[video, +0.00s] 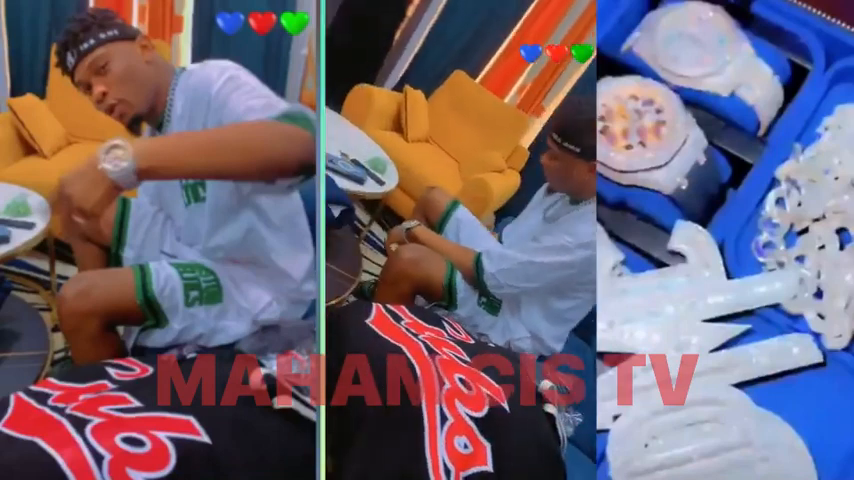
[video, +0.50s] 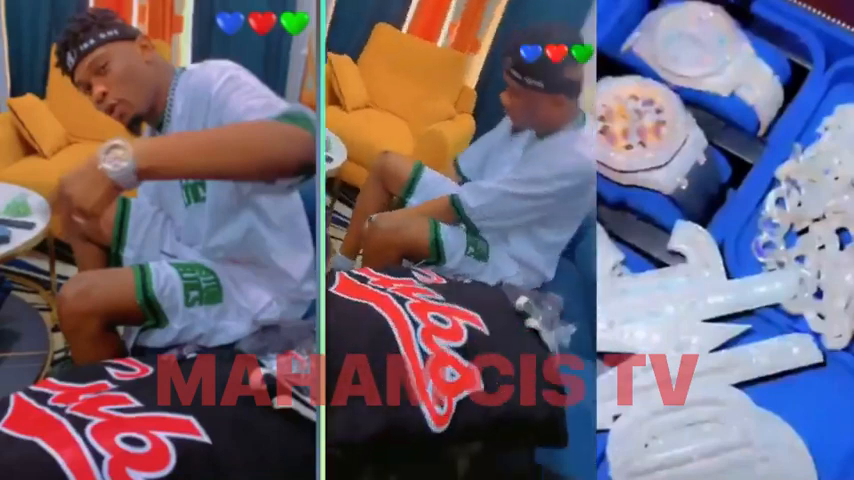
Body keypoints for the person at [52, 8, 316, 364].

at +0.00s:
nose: (97, 94)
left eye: (102, 70)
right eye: (87, 89)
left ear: (145, 48)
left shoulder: (213, 81)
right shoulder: (153, 134)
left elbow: (298, 145)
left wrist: (131, 160)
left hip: (262, 279)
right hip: (192, 252)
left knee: (80, 300)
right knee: (83, 213)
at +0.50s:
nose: (97, 94)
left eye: (102, 70)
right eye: (87, 89)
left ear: (145, 48)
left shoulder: (213, 81)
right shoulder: (153, 134)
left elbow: (299, 145)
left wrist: (131, 160)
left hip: (261, 278)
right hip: (191, 252)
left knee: (80, 300)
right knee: (83, 214)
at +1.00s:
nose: (97, 94)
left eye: (102, 70)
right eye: (87, 89)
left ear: (145, 48)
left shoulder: (214, 81)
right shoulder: (153, 134)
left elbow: (298, 146)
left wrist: (131, 160)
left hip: (262, 279)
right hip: (192, 253)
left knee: (80, 300)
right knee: (83, 213)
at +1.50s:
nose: (97, 94)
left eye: (102, 70)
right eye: (87, 89)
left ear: (145, 48)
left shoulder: (213, 81)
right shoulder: (153, 134)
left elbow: (298, 146)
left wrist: (131, 160)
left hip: (261, 278)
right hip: (192, 252)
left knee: (80, 300)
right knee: (83, 214)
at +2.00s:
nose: (97, 94)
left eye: (102, 70)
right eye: (87, 89)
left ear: (144, 48)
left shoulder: (213, 81)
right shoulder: (152, 136)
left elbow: (297, 146)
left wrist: (131, 161)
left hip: (262, 279)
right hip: (192, 253)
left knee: (79, 300)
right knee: (84, 214)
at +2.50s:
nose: (97, 94)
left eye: (102, 70)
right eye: (87, 89)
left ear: (144, 48)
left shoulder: (213, 81)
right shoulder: (153, 134)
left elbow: (298, 146)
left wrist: (131, 160)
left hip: (262, 279)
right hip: (193, 253)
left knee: (80, 300)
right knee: (83, 214)